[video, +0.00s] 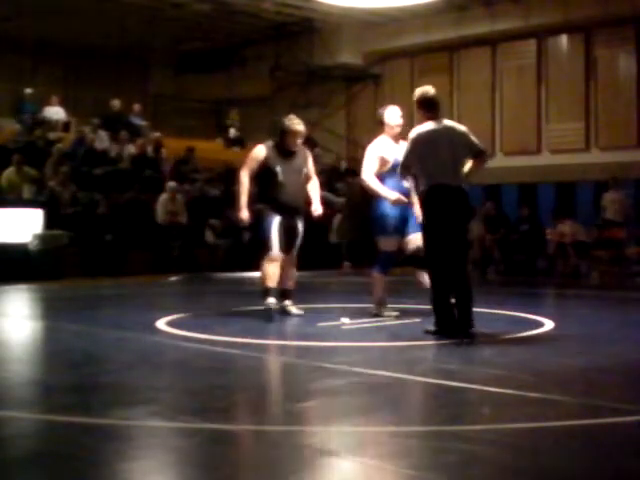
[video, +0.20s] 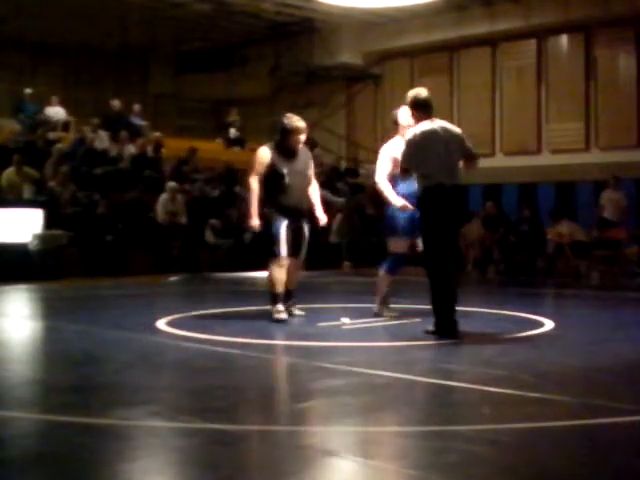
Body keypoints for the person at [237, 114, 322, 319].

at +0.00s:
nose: (298, 141)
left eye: (301, 137)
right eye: (294, 137)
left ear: (303, 137)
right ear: (283, 135)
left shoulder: (305, 155)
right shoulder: (263, 152)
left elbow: (311, 178)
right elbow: (245, 173)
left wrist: (316, 201)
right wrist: (243, 206)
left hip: (295, 209)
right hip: (271, 208)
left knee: (291, 256)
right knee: (274, 253)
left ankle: (287, 297)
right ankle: (270, 295)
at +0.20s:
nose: (302, 139)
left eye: (303, 135)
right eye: (298, 135)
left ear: (304, 135)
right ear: (286, 135)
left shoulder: (305, 155)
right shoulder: (267, 154)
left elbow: (311, 183)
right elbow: (255, 179)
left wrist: (319, 209)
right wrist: (254, 214)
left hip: (300, 211)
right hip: (277, 211)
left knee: (297, 259)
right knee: (281, 257)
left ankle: (289, 300)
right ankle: (278, 302)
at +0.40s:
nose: (306, 132)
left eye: (307, 127)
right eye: (302, 127)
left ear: (307, 129)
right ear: (289, 128)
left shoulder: (306, 150)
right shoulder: (271, 147)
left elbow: (309, 179)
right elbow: (264, 175)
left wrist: (310, 208)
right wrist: (275, 204)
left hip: (303, 210)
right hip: (282, 210)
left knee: (314, 251)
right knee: (281, 257)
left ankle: (293, 293)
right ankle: (278, 303)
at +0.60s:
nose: (313, 127)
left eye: (315, 123)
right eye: (309, 123)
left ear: (315, 125)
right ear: (295, 125)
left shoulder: (312, 150)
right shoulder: (279, 144)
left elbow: (311, 185)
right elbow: (276, 170)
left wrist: (330, 201)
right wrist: (290, 198)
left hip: (309, 211)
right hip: (285, 211)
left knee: (311, 256)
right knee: (282, 259)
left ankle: (312, 304)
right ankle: (279, 306)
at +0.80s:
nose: (325, 126)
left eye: (325, 121)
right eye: (321, 121)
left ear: (322, 124)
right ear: (307, 122)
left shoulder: (320, 150)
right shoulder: (290, 142)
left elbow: (320, 184)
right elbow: (286, 172)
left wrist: (331, 204)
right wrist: (298, 205)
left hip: (319, 210)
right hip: (295, 210)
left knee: (317, 260)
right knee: (289, 262)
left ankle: (316, 308)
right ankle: (281, 311)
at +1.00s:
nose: (333, 124)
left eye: (333, 119)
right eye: (329, 118)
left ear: (329, 122)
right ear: (315, 120)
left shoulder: (327, 147)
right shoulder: (299, 140)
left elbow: (332, 183)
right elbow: (290, 168)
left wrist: (340, 210)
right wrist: (303, 203)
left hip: (325, 209)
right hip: (305, 208)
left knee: (321, 259)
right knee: (304, 257)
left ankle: (316, 309)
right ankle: (288, 309)